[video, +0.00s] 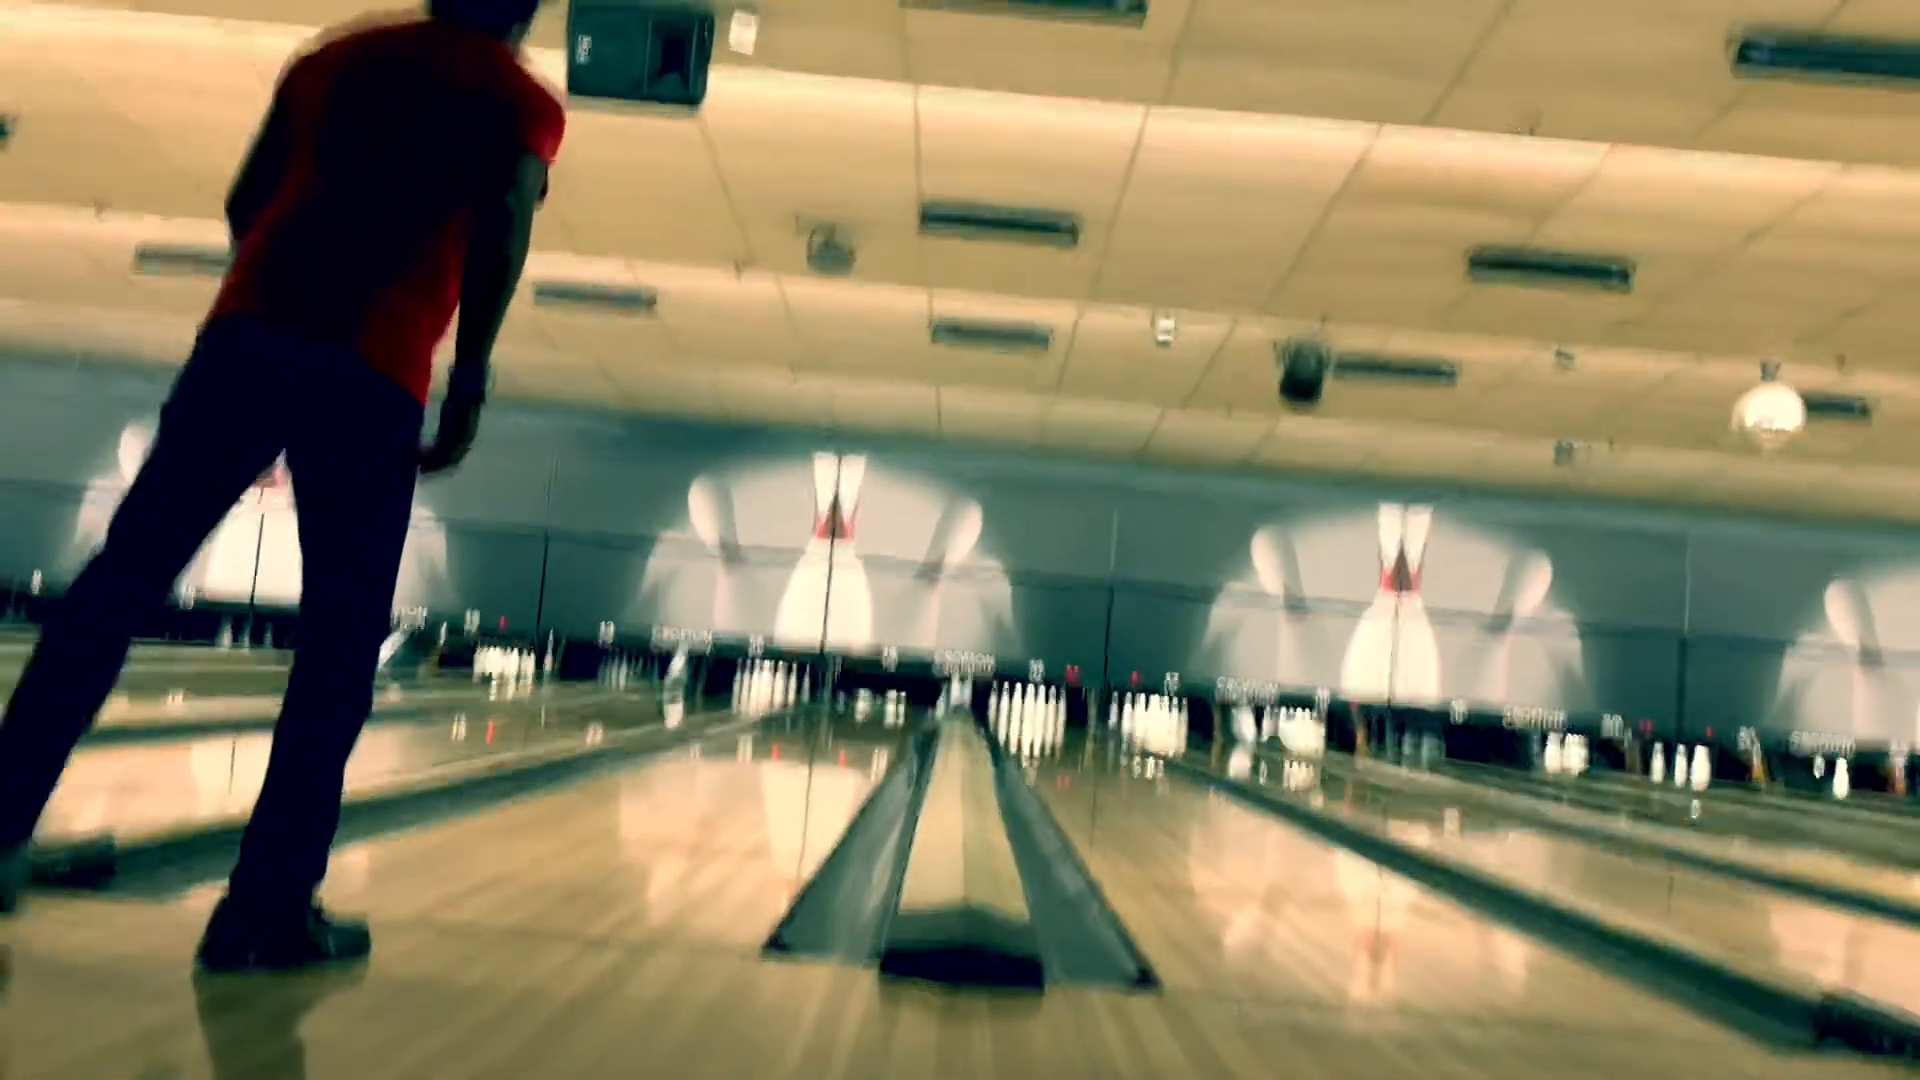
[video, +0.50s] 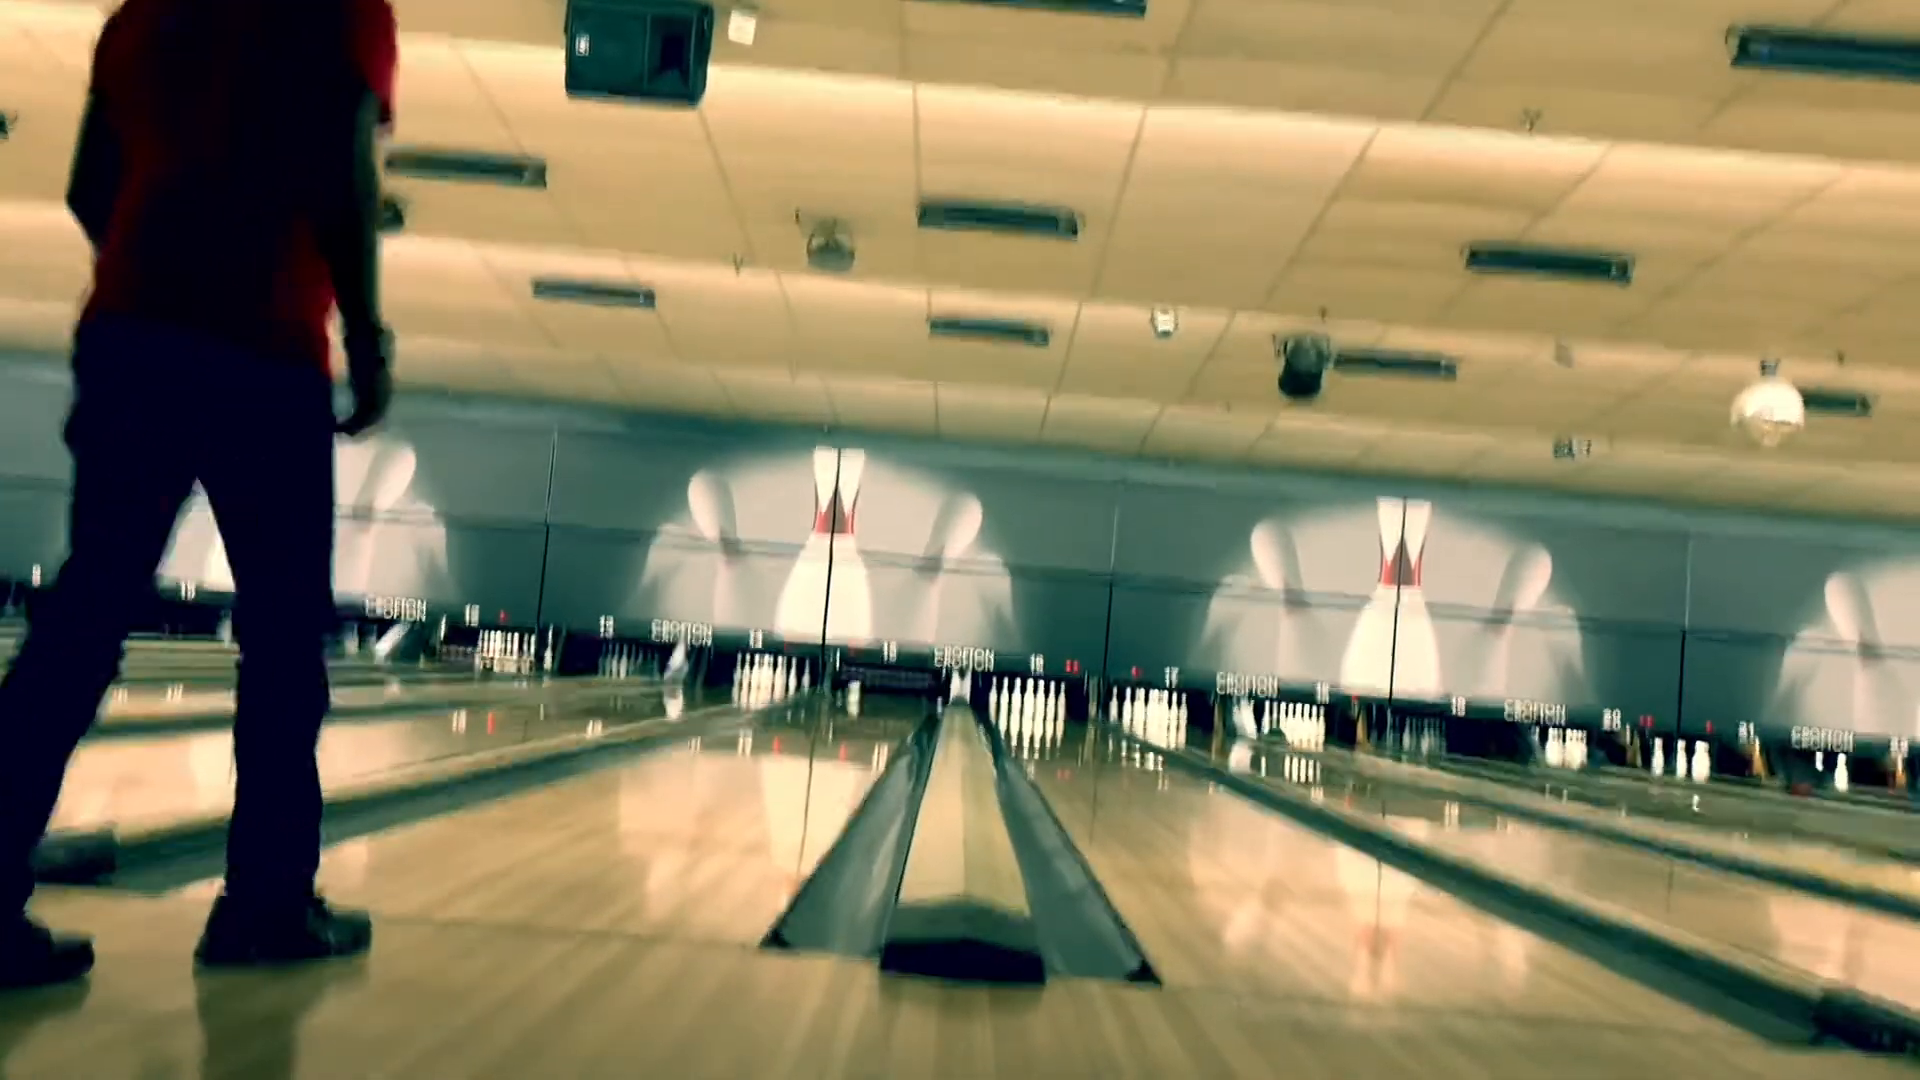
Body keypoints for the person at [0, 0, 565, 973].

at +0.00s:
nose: (528, 30)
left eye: (524, 21)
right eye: (532, 22)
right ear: (521, 15)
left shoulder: (330, 57)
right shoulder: (525, 100)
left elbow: (245, 202)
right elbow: (501, 231)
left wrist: (290, 315)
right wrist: (468, 385)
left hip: (242, 350)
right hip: (369, 379)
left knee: (117, 584)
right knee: (337, 654)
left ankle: (3, 824)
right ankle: (265, 915)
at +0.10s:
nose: (507, 16)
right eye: (509, 10)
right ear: (496, 2)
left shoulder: (309, 41)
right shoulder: (505, 83)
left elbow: (228, 188)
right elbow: (487, 239)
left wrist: (271, 292)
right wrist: (463, 374)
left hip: (233, 347)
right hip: (363, 373)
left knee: (134, 588)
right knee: (335, 643)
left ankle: (17, 854)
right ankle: (268, 902)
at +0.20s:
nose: (478, 4)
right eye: (477, 0)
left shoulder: (274, 37)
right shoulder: (481, 75)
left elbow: (206, 195)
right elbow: (470, 240)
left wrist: (259, 294)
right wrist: (456, 379)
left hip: (222, 353)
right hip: (354, 377)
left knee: (145, 593)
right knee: (329, 647)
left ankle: (37, 830)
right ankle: (266, 905)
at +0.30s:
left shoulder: (239, 20)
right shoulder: (448, 50)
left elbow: (177, 187)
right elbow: (444, 217)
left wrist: (242, 283)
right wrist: (439, 363)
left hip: (204, 347)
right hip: (338, 367)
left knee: (147, 593)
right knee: (322, 643)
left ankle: (38, 821)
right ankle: (266, 902)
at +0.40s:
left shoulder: (192, 17)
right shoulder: (405, 32)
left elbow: (133, 190)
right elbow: (404, 199)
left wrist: (209, 285)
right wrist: (410, 353)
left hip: (173, 350)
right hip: (309, 364)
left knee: (128, 602)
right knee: (310, 638)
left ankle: (8, 875)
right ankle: (266, 902)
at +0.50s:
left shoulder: (144, 11)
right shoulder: (350, 11)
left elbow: (89, 188)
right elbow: (346, 177)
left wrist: (167, 288)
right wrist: (365, 331)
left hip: (130, 347)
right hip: (263, 357)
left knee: (82, 618)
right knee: (284, 638)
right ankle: (267, 904)